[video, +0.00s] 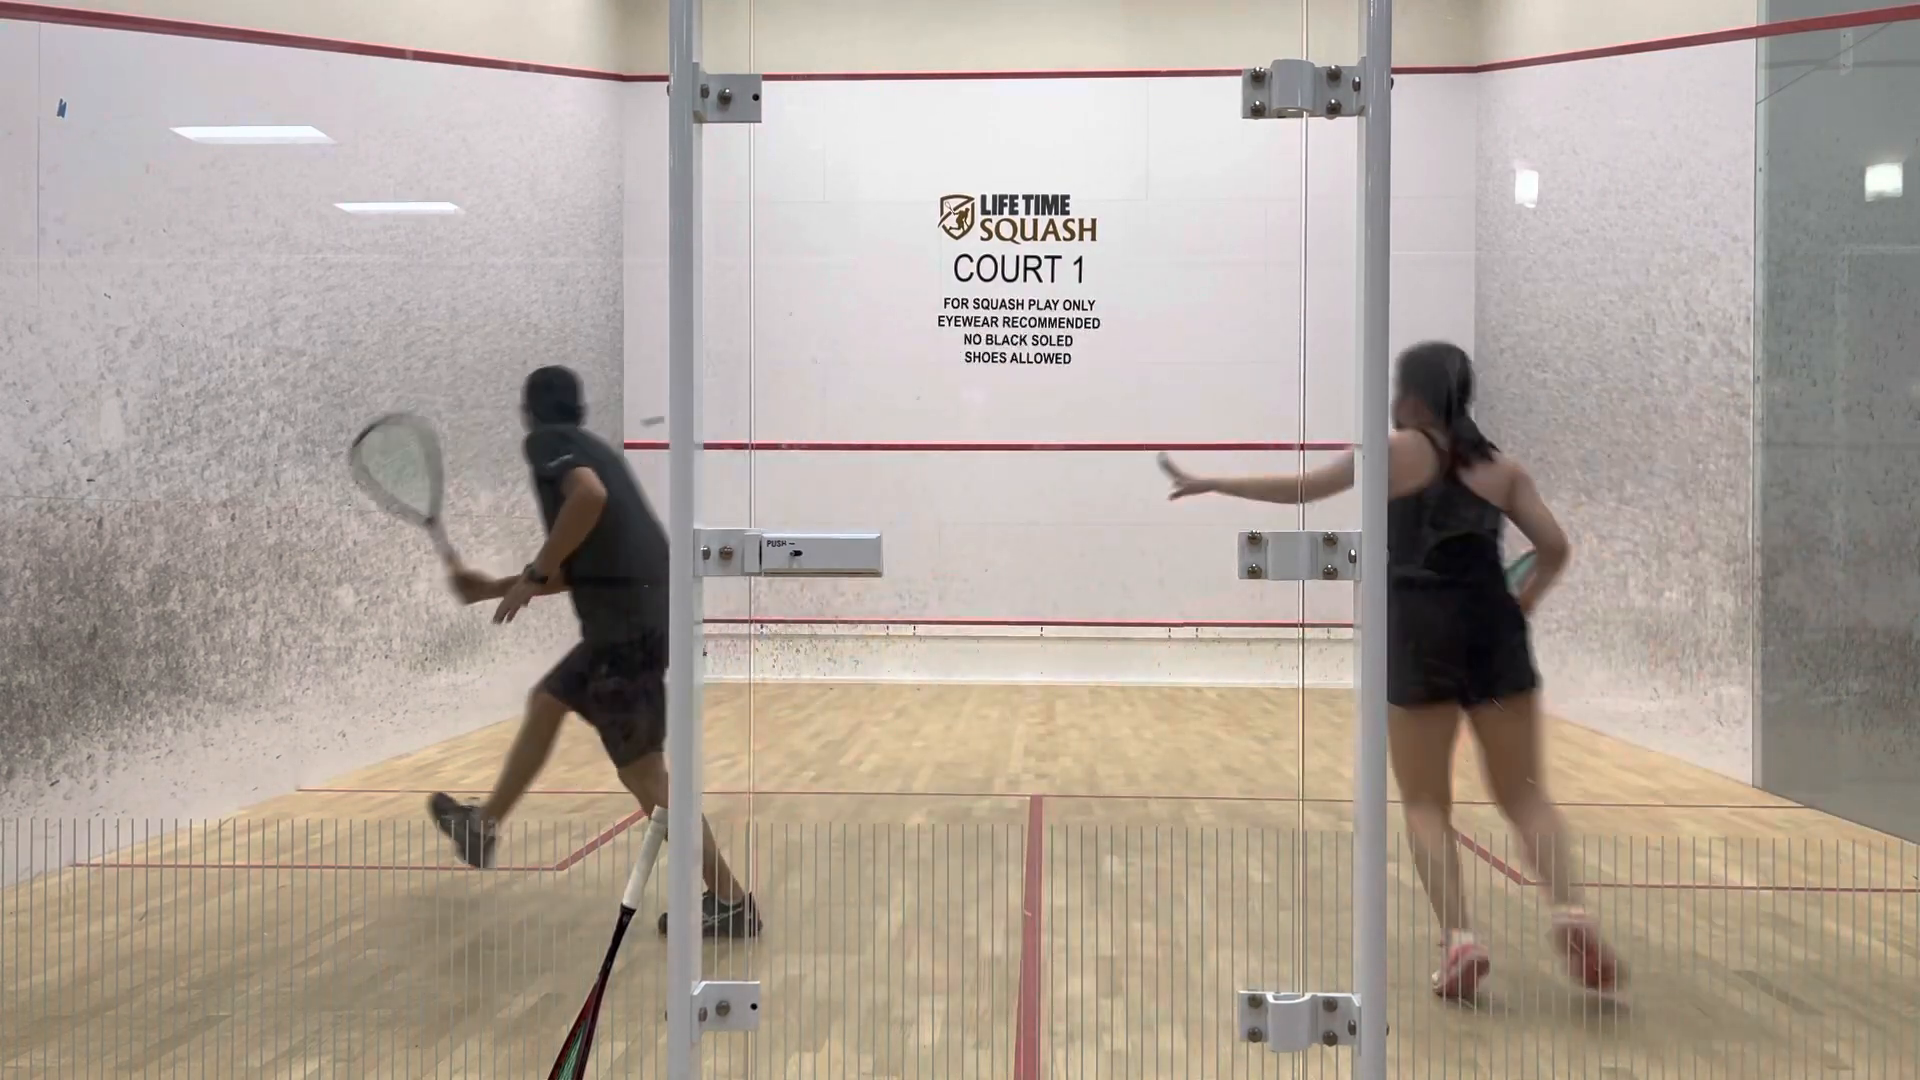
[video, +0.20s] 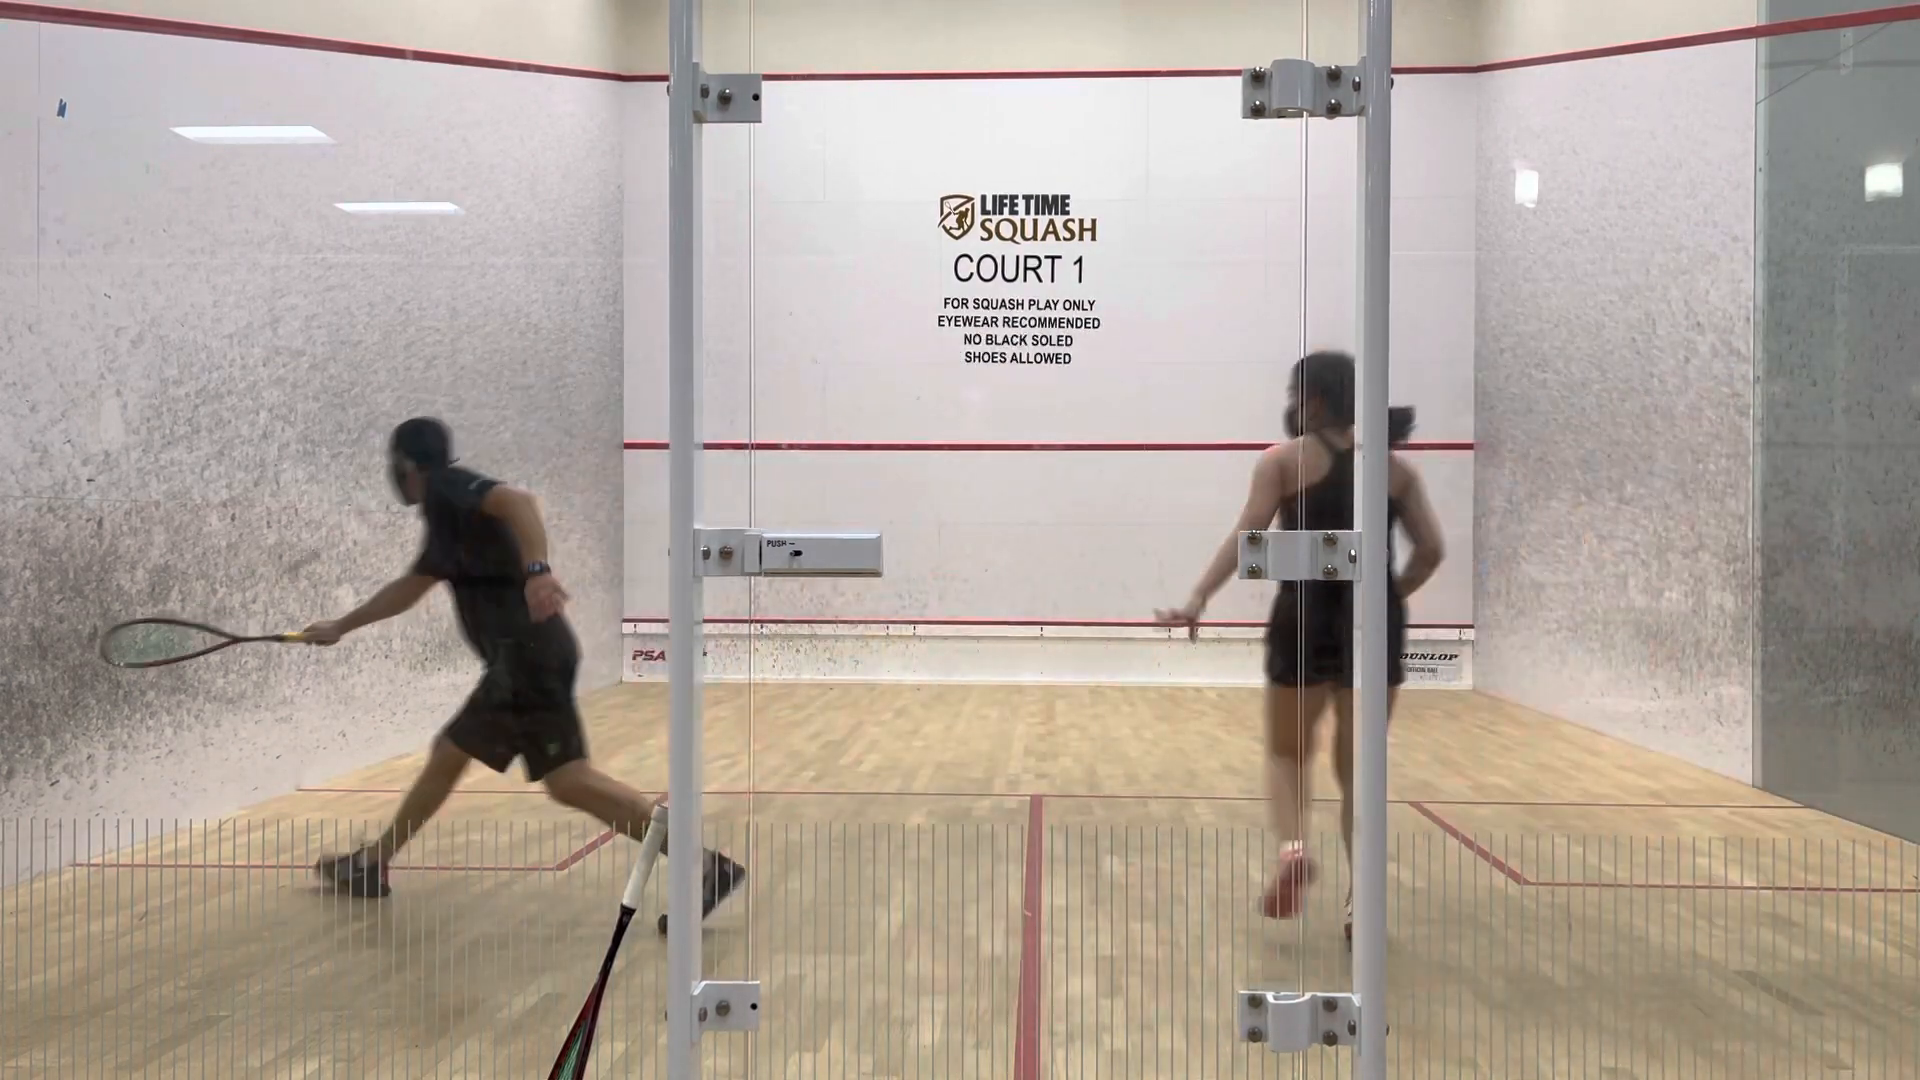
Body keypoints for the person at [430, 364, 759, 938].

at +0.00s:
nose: (526, 417)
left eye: (527, 408)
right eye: (537, 408)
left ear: (530, 409)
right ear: (577, 407)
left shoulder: (547, 440)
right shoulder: (595, 449)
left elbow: (589, 495)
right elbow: (581, 564)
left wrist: (537, 575)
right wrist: (496, 587)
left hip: (630, 632)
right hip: (648, 623)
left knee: (643, 774)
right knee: (548, 701)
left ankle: (728, 896)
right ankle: (485, 826)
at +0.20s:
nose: (394, 477)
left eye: (396, 467)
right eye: (393, 467)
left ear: (412, 466)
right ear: (430, 462)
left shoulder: (452, 487)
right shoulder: (445, 514)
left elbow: (520, 503)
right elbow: (409, 589)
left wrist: (537, 570)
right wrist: (341, 625)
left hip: (533, 655)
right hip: (516, 661)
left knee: (568, 781)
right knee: (450, 752)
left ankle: (704, 862)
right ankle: (374, 861)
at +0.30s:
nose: (335, 508)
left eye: (340, 498)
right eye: (333, 499)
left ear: (361, 494)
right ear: (365, 496)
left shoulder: (394, 509)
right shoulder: (389, 541)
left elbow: (464, 515)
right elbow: (363, 597)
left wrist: (525, 551)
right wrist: (333, 621)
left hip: (506, 658)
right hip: (486, 663)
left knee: (516, 793)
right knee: (415, 729)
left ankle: (650, 845)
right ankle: (366, 860)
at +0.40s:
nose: (304, 526)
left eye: (303, 516)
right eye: (303, 518)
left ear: (312, 512)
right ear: (345, 500)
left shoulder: (346, 520)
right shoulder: (362, 543)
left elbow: (413, 514)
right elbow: (377, 594)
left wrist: (488, 553)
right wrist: (342, 627)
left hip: (488, 642)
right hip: (477, 645)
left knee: (485, 780)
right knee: (412, 726)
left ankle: (610, 833)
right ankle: (366, 861)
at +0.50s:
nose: (295, 507)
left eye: (295, 500)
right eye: (295, 501)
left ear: (301, 500)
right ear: (341, 489)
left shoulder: (328, 515)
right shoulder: (355, 529)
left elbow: (387, 517)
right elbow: (387, 593)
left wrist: (446, 573)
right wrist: (365, 649)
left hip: (461, 631)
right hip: (477, 623)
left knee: (456, 766)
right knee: (408, 724)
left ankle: (583, 827)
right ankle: (368, 859)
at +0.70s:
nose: (310, 449)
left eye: (310, 441)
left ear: (315, 442)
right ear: (363, 442)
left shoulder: (324, 468)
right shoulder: (385, 474)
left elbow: (360, 511)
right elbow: (420, 542)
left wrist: (368, 601)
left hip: (431, 612)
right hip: (471, 605)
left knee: (410, 751)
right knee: (400, 743)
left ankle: (529, 827)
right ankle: (366, 857)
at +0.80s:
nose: (337, 421)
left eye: (335, 413)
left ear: (339, 413)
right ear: (388, 412)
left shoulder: (343, 448)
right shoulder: (425, 462)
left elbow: (367, 506)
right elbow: (454, 552)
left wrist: (355, 604)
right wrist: (476, 643)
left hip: (425, 616)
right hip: (471, 611)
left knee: (408, 752)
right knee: (400, 744)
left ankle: (505, 847)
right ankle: (366, 858)